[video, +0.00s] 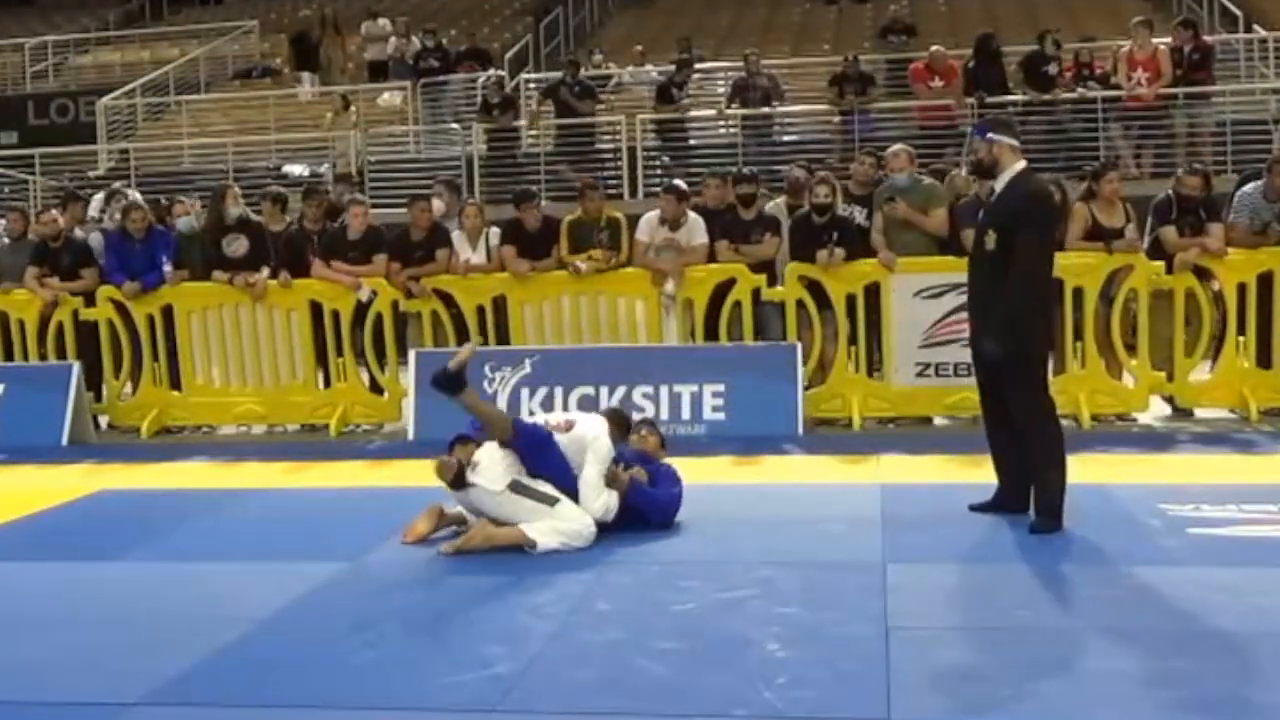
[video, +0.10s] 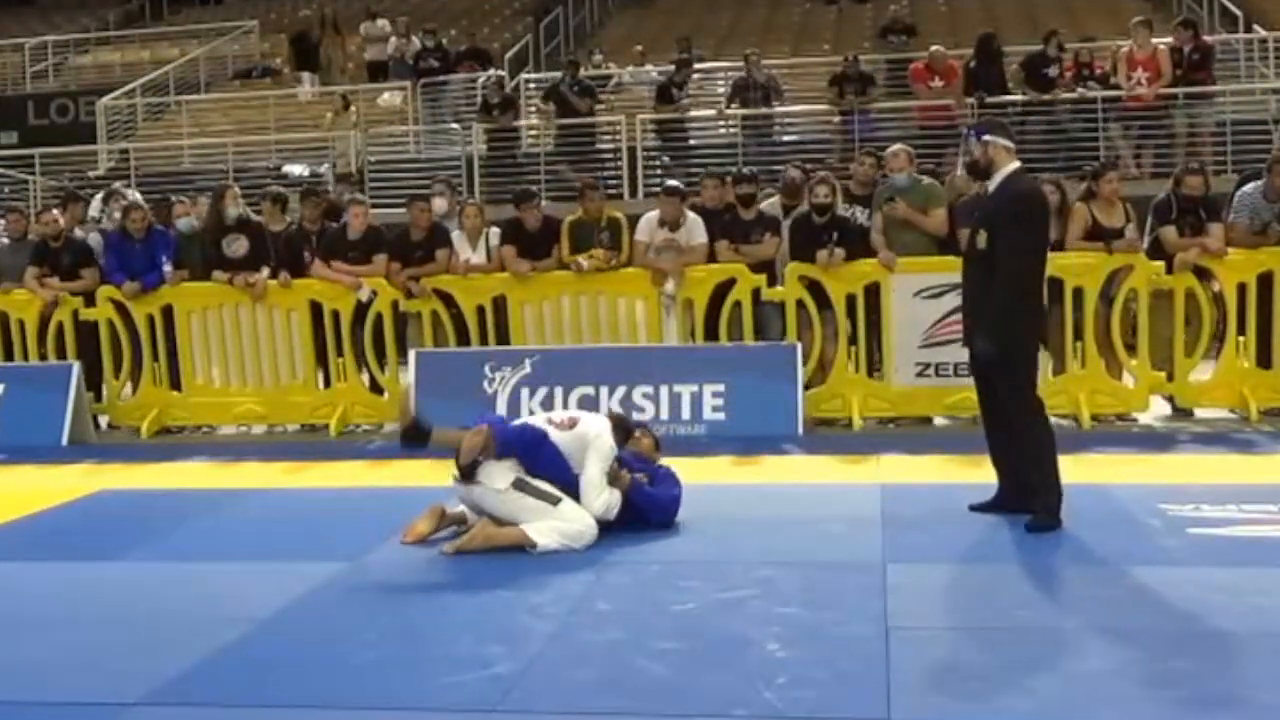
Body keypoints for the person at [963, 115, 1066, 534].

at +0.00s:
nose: (976, 158)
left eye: (979, 150)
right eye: (975, 151)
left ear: (999, 147)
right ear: (998, 149)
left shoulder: (1033, 195)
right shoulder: (1001, 195)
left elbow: (1029, 276)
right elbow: (992, 270)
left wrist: (1010, 330)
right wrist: (981, 325)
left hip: (1019, 327)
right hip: (991, 325)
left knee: (1032, 412)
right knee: (1000, 411)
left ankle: (1049, 507)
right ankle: (1011, 492)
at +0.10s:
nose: (973, 160)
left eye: (975, 152)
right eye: (972, 153)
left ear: (994, 149)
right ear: (995, 149)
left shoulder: (1022, 196)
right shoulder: (997, 195)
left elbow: (1016, 275)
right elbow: (990, 270)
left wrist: (996, 330)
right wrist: (976, 326)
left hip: (1011, 326)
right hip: (987, 325)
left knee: (1022, 412)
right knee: (997, 412)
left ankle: (1046, 504)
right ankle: (1012, 490)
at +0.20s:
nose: (966, 162)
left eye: (969, 154)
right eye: (966, 155)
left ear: (987, 151)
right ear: (996, 151)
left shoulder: (1009, 195)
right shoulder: (1007, 192)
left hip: (1000, 324)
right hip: (989, 322)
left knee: (1008, 412)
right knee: (996, 410)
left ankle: (1036, 504)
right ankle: (1011, 489)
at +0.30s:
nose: (961, 163)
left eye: (963, 154)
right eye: (960, 155)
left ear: (981, 151)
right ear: (992, 151)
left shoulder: (1003, 195)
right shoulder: (1006, 191)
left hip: (993, 327)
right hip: (993, 325)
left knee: (991, 405)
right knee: (995, 402)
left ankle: (1017, 495)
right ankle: (1010, 489)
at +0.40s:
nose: (956, 163)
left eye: (959, 154)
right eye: (956, 155)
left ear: (975, 150)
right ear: (993, 150)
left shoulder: (993, 193)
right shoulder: (1015, 192)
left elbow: (941, 222)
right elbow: (996, 268)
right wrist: (961, 313)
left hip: (979, 323)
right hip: (1006, 322)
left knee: (959, 401)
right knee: (1006, 401)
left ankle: (985, 496)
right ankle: (1016, 495)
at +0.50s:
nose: (951, 162)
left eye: (953, 154)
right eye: (951, 154)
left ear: (968, 151)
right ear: (989, 151)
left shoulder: (978, 198)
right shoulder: (1017, 195)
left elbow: (971, 269)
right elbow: (1008, 269)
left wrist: (950, 320)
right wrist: (957, 314)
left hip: (971, 322)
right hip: (1006, 320)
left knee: (946, 402)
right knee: (1007, 403)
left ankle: (954, 494)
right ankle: (1016, 493)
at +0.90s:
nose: (905, 167)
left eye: (908, 159)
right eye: (906, 159)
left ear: (923, 158)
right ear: (945, 158)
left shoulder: (924, 203)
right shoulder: (985, 200)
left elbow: (917, 274)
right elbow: (994, 267)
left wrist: (904, 330)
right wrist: (987, 307)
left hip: (935, 321)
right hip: (981, 319)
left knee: (931, 408)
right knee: (991, 401)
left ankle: (924, 483)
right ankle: (1008, 490)